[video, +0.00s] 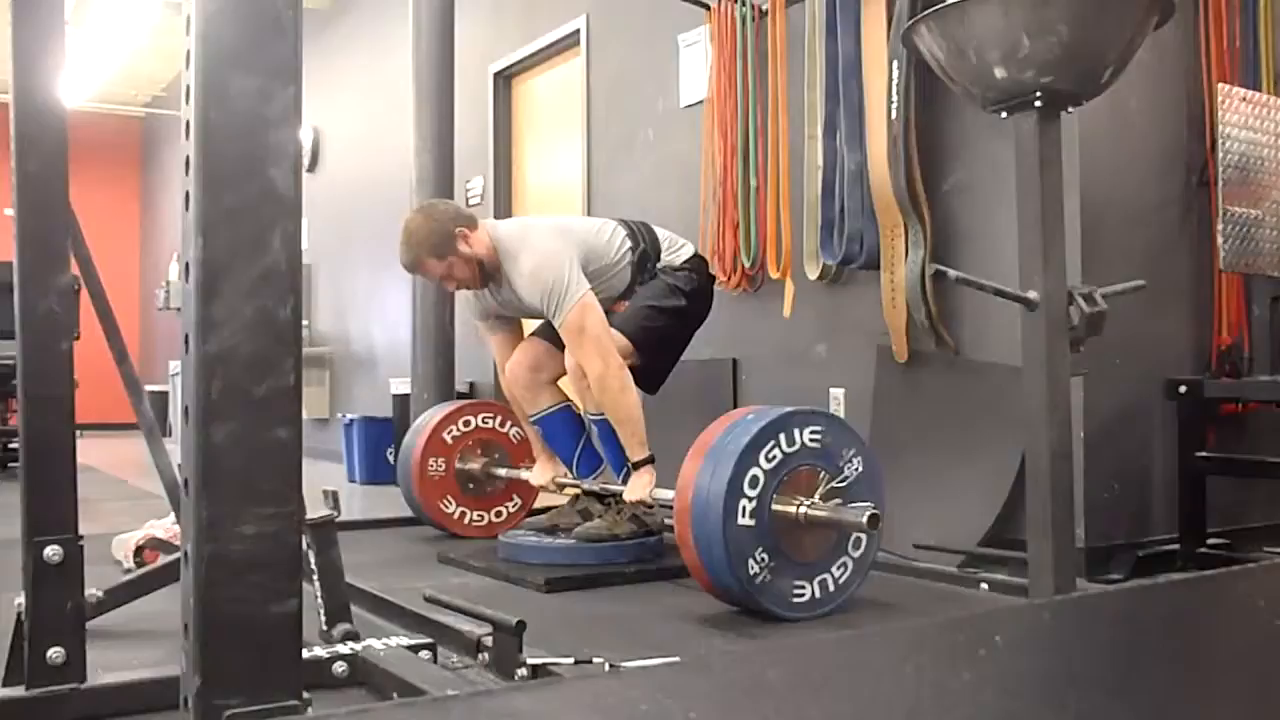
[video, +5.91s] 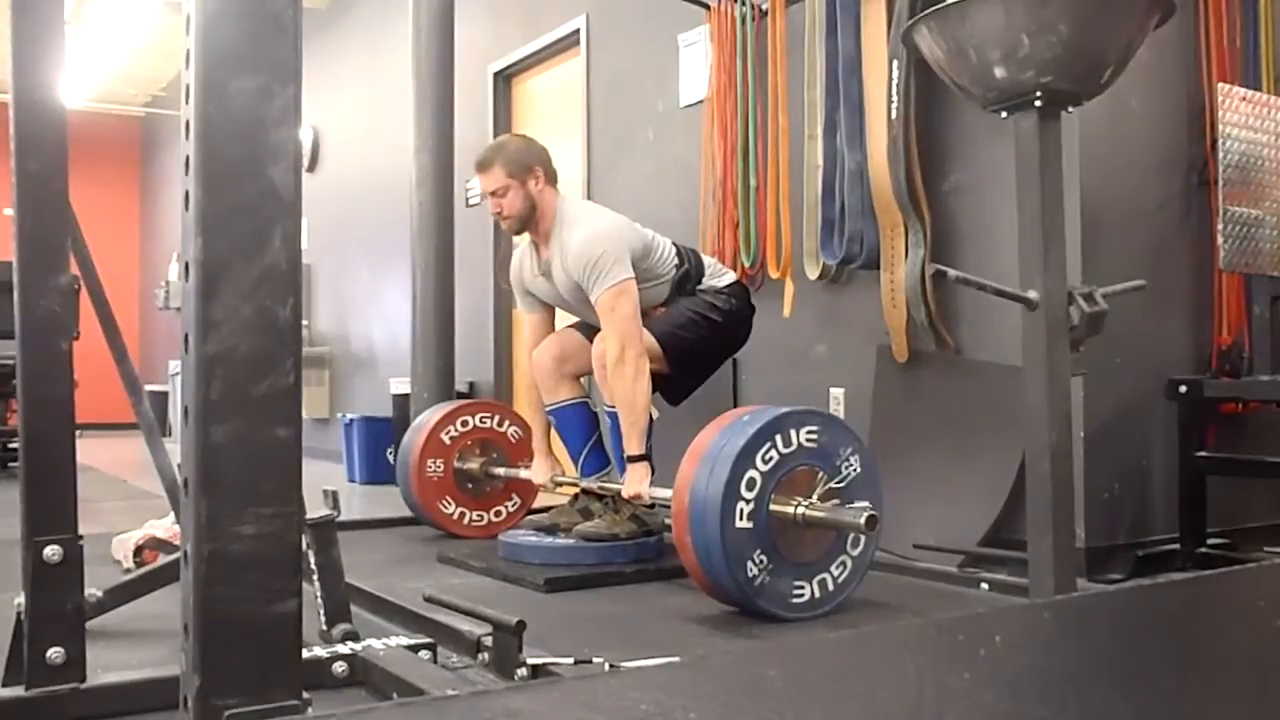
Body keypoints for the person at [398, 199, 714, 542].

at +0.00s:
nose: (449, 287)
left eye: (448, 274)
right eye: (440, 282)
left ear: (466, 238)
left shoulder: (538, 258)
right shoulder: (481, 287)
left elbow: (599, 363)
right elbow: (513, 372)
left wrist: (642, 467)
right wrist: (543, 457)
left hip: (673, 273)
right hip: (606, 290)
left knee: (585, 364)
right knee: (523, 373)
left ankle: (629, 490)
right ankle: (595, 487)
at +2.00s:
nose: (458, 298)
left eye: (455, 286)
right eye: (449, 294)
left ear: (470, 248)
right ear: (469, 247)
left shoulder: (540, 250)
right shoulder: (486, 281)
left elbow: (597, 361)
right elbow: (516, 371)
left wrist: (635, 465)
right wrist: (541, 458)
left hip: (680, 233)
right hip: (617, 256)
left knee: (620, 348)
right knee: (549, 356)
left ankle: (639, 494)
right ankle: (600, 490)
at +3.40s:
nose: (441, 284)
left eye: (441, 270)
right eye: (432, 277)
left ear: (464, 235)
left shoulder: (543, 263)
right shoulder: (479, 291)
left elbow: (615, 367)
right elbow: (511, 378)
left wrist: (637, 471)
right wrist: (540, 459)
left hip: (669, 295)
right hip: (606, 307)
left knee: (573, 373)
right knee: (512, 382)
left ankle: (629, 490)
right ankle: (591, 486)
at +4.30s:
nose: (458, 241)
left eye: (460, 226)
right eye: (450, 233)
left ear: (492, 199)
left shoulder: (567, 246)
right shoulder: (503, 273)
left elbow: (619, 355)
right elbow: (523, 366)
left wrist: (637, 466)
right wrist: (539, 455)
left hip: (690, 283)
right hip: (627, 299)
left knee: (598, 359)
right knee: (533, 366)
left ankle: (630, 500)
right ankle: (599, 491)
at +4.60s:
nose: (483, 191)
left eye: (493, 177)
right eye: (481, 180)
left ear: (533, 176)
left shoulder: (588, 235)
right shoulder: (521, 261)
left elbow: (626, 350)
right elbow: (535, 359)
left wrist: (635, 463)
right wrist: (539, 453)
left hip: (707, 292)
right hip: (642, 303)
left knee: (606, 353)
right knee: (543, 364)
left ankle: (633, 499)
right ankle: (599, 493)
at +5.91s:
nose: (493, 209)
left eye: (500, 194)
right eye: (488, 199)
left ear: (537, 181)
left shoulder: (593, 236)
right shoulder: (525, 261)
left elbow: (627, 353)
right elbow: (536, 361)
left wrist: (636, 465)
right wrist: (540, 452)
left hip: (713, 298)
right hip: (645, 309)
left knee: (611, 353)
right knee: (549, 361)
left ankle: (633, 499)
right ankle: (600, 492)